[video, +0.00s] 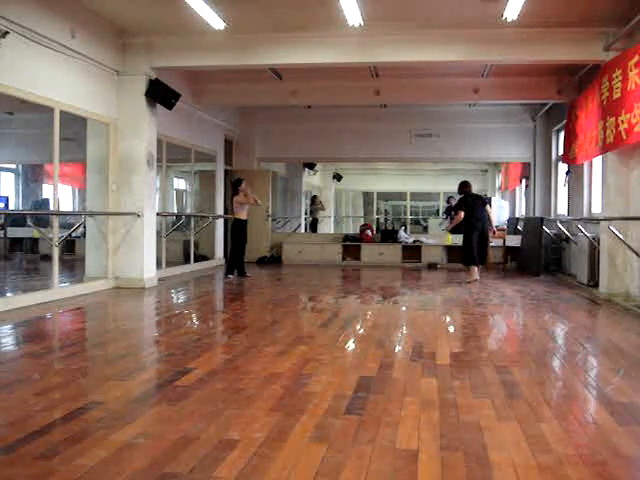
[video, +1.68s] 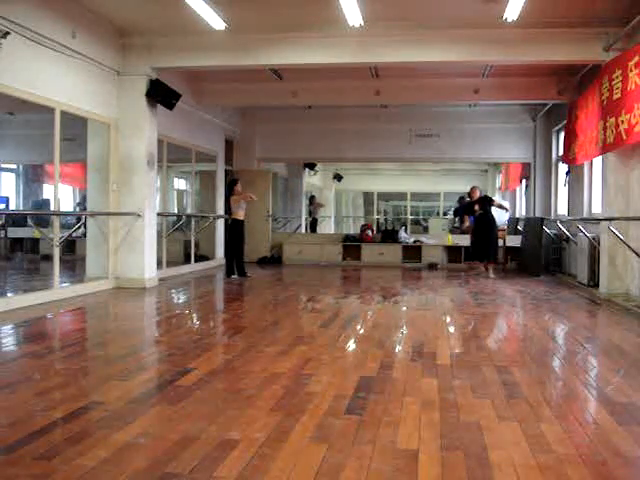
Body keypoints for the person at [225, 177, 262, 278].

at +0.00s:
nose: (245, 186)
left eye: (245, 184)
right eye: (243, 184)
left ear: (242, 186)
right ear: (239, 187)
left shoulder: (244, 197)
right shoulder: (237, 198)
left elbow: (258, 203)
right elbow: (249, 202)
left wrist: (251, 195)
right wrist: (247, 193)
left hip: (244, 221)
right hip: (237, 221)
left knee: (242, 248)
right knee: (235, 248)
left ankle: (241, 271)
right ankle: (229, 272)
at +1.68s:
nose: (240, 187)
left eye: (240, 185)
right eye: (238, 185)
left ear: (238, 187)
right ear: (234, 187)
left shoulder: (241, 197)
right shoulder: (233, 198)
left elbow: (253, 198)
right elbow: (241, 197)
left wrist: (249, 196)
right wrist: (247, 196)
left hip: (240, 221)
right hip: (234, 221)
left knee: (239, 248)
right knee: (232, 248)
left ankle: (241, 271)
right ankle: (230, 272)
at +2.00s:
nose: (245, 187)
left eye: (245, 185)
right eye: (243, 185)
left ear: (243, 187)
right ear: (238, 187)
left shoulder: (244, 198)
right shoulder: (236, 198)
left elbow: (244, 207)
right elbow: (226, 206)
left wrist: (247, 212)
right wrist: (235, 213)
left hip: (242, 221)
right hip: (235, 221)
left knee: (240, 246)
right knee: (234, 246)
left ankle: (241, 271)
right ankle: (230, 271)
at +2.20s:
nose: (245, 187)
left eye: (245, 185)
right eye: (243, 185)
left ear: (243, 187)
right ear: (238, 187)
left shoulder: (245, 198)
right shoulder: (233, 197)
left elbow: (245, 207)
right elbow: (220, 204)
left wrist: (246, 212)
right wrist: (229, 211)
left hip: (241, 221)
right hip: (233, 220)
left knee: (241, 247)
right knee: (230, 246)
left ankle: (241, 271)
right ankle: (226, 270)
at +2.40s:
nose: (240, 188)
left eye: (241, 186)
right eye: (239, 186)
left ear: (241, 187)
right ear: (234, 187)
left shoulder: (242, 198)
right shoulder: (229, 197)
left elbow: (244, 208)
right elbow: (215, 203)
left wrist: (245, 210)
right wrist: (224, 208)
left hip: (239, 220)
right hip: (230, 220)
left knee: (240, 247)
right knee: (227, 247)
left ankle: (241, 272)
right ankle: (223, 271)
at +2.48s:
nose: (240, 188)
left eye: (240, 186)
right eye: (238, 186)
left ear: (240, 187)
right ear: (233, 187)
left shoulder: (242, 198)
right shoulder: (228, 197)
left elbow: (245, 207)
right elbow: (214, 203)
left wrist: (244, 210)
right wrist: (223, 208)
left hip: (239, 220)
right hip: (229, 220)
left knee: (239, 248)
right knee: (226, 247)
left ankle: (241, 272)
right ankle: (222, 271)